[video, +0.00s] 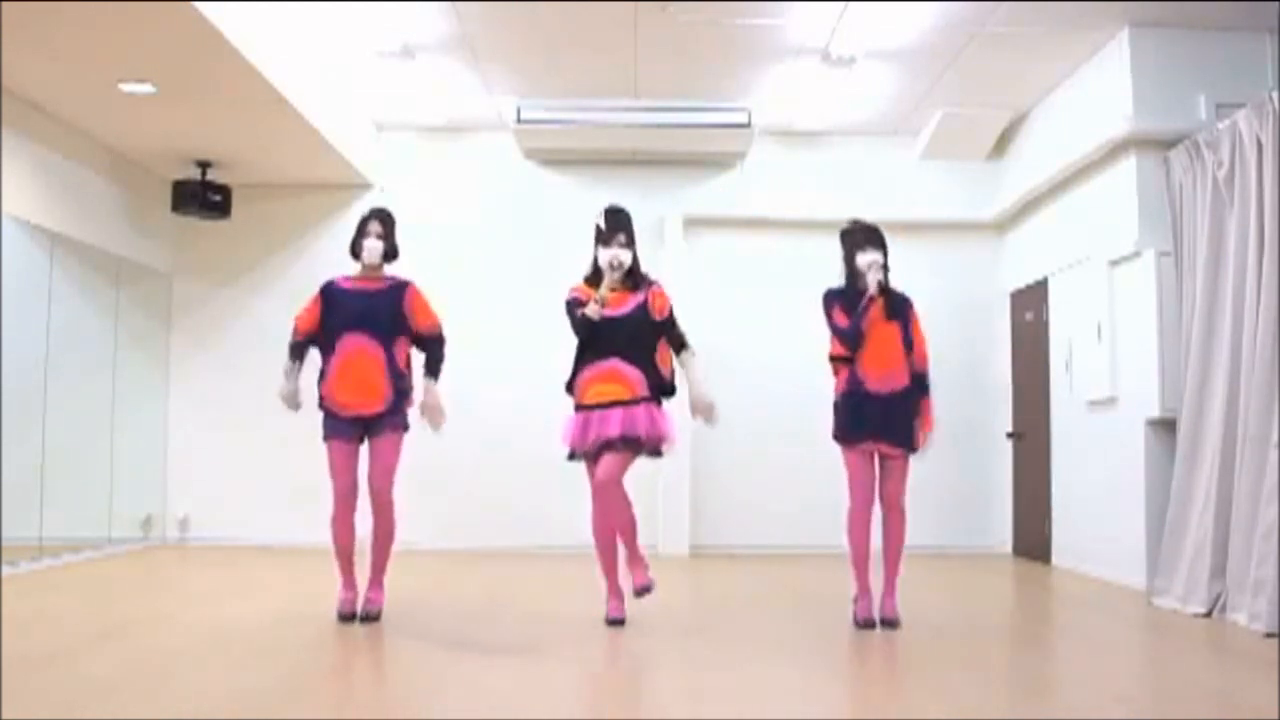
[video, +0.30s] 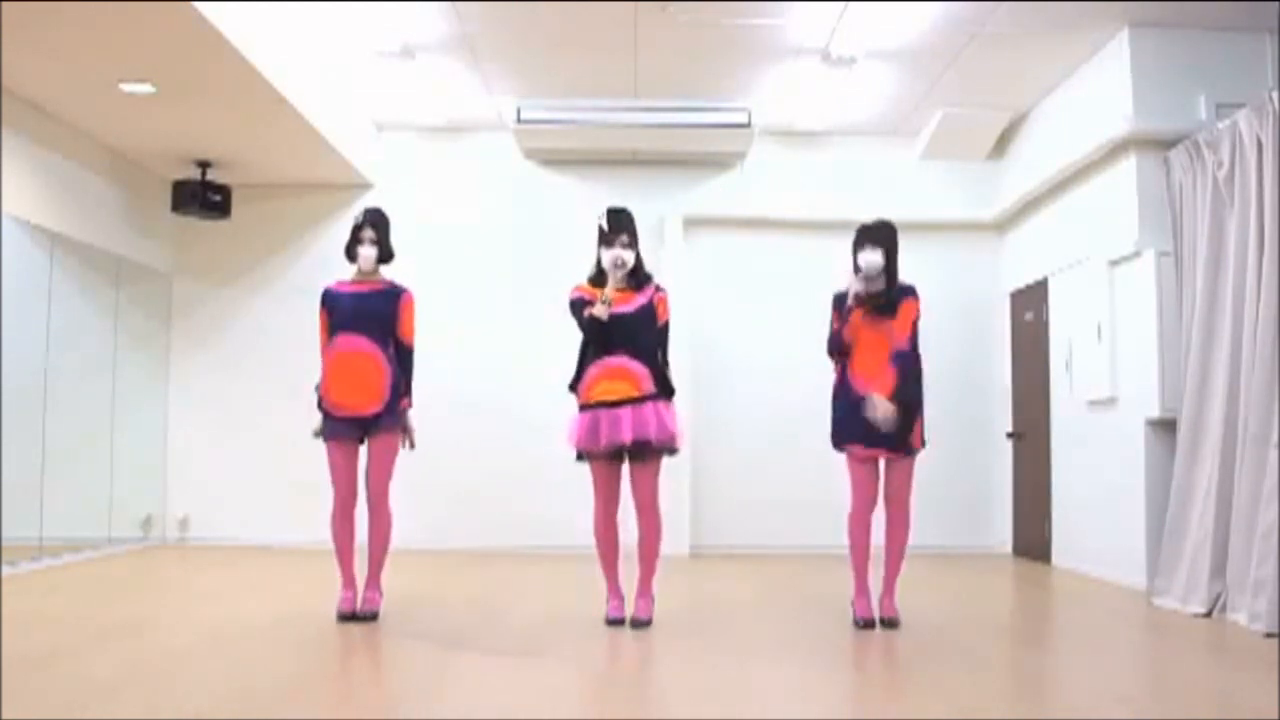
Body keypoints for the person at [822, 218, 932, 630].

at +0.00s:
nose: (870, 261)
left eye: (875, 253)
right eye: (861, 254)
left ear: (885, 256)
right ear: (848, 259)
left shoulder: (900, 304)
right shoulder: (837, 300)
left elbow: (918, 359)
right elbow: (847, 340)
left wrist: (924, 408)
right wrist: (870, 296)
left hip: (897, 403)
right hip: (855, 403)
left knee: (893, 501)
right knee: (862, 500)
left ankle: (890, 593)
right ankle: (862, 593)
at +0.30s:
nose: (870, 259)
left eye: (878, 251)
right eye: (864, 250)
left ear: (891, 255)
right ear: (854, 254)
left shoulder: (906, 298)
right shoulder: (844, 301)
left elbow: (906, 351)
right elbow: (837, 352)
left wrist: (900, 400)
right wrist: (851, 308)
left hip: (902, 409)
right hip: (857, 410)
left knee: (897, 502)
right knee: (863, 500)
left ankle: (889, 593)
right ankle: (861, 593)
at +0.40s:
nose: (857, 259)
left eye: (863, 250)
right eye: (853, 251)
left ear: (884, 253)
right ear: (850, 255)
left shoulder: (899, 295)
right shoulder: (851, 298)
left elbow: (869, 327)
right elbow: (839, 354)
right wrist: (834, 311)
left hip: (900, 403)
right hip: (859, 403)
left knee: (896, 502)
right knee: (865, 498)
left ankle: (890, 594)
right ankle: (862, 593)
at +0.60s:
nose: (839, 268)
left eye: (844, 260)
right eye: (840, 261)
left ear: (860, 263)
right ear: (874, 264)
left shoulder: (868, 305)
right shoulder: (869, 303)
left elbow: (815, 346)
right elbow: (838, 349)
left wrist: (778, 325)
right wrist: (816, 313)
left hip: (906, 410)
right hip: (893, 409)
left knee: (880, 498)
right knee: (876, 500)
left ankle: (906, 593)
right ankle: (873, 592)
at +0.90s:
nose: (822, 289)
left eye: (826, 282)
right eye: (824, 282)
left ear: (839, 286)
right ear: (859, 285)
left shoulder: (849, 326)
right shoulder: (867, 320)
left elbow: (799, 367)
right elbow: (838, 364)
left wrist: (756, 349)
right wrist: (812, 335)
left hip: (908, 419)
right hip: (919, 416)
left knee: (871, 499)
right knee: (890, 509)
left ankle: (902, 590)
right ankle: (875, 593)